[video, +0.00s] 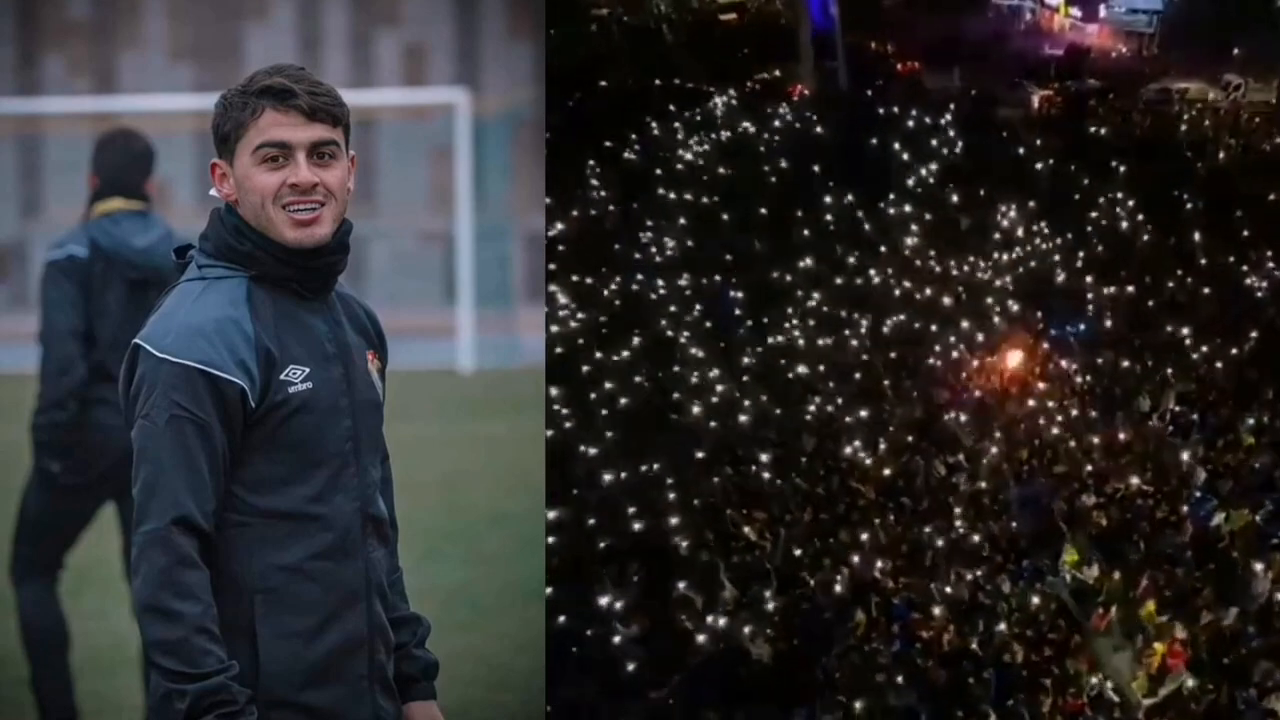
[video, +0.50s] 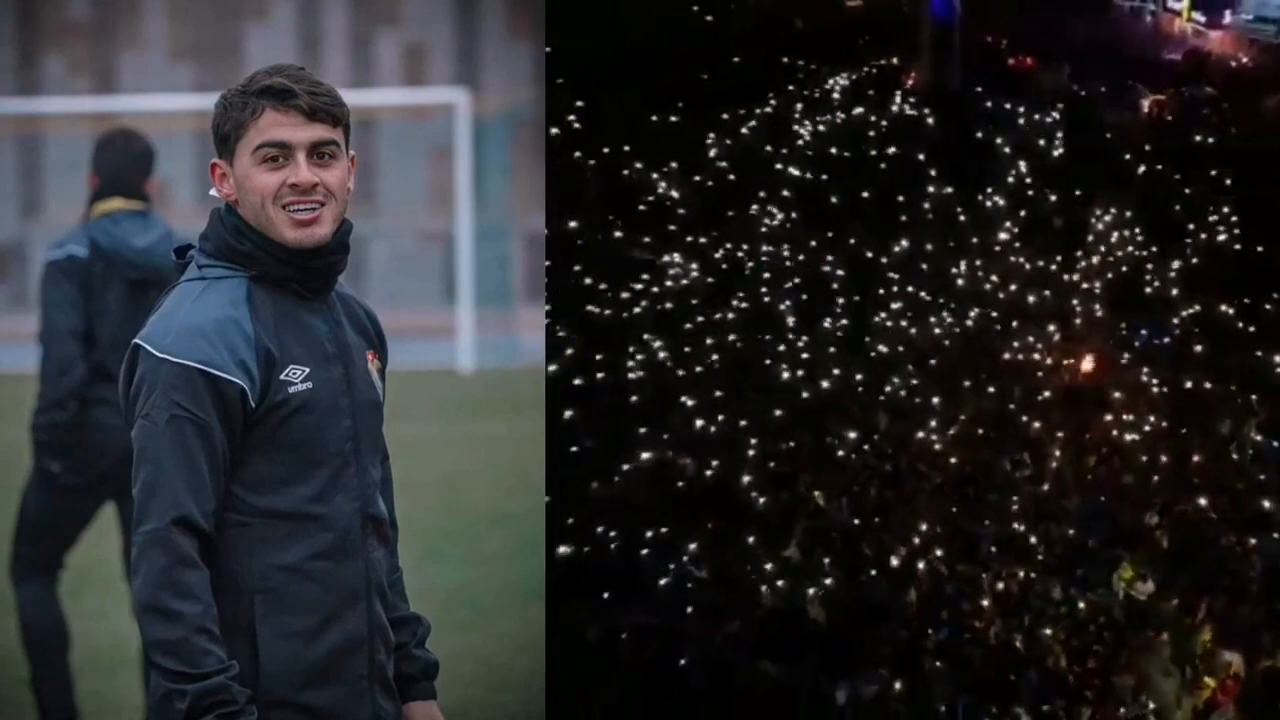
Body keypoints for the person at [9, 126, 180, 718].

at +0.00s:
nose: (96, 182)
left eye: (92, 173)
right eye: (150, 178)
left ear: (94, 180)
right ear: (152, 185)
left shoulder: (73, 254)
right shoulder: (178, 255)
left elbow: (65, 363)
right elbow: (191, 352)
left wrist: (51, 442)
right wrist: (175, 429)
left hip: (87, 449)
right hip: (158, 447)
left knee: (34, 570)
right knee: (157, 580)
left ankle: (57, 707)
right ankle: (167, 704)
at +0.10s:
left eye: (92, 174)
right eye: (150, 178)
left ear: (94, 180)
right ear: (152, 185)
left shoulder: (73, 254)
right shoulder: (178, 255)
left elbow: (65, 363)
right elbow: (190, 351)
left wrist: (51, 441)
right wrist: (175, 428)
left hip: (87, 448)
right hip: (158, 447)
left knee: (33, 569)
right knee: (157, 580)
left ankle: (56, 707)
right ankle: (167, 704)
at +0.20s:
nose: (96, 182)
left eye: (92, 173)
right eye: (150, 178)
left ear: (94, 180)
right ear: (152, 185)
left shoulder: (73, 254)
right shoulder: (178, 255)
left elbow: (65, 363)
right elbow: (191, 352)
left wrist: (51, 442)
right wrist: (175, 429)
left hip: (87, 449)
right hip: (158, 447)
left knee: (34, 570)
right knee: (157, 580)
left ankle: (57, 707)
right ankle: (167, 704)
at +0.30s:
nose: (96, 182)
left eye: (92, 173)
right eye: (150, 178)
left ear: (94, 180)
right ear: (152, 185)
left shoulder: (73, 254)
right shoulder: (178, 255)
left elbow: (65, 363)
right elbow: (191, 352)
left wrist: (51, 442)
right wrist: (175, 429)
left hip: (87, 449)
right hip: (158, 447)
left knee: (34, 570)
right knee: (157, 580)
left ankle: (57, 707)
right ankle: (167, 704)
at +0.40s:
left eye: (92, 174)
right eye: (150, 178)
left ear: (94, 180)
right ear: (152, 185)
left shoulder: (73, 254)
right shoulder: (178, 255)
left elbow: (65, 363)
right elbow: (190, 351)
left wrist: (51, 441)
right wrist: (175, 428)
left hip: (87, 448)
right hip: (158, 447)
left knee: (33, 569)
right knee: (157, 580)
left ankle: (56, 707)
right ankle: (167, 704)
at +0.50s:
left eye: (92, 174)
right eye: (150, 178)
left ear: (94, 180)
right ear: (152, 185)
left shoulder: (73, 254)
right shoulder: (178, 255)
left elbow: (65, 363)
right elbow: (190, 351)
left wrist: (51, 441)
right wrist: (175, 428)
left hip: (87, 448)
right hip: (158, 447)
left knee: (33, 569)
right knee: (157, 580)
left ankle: (56, 707)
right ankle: (167, 704)